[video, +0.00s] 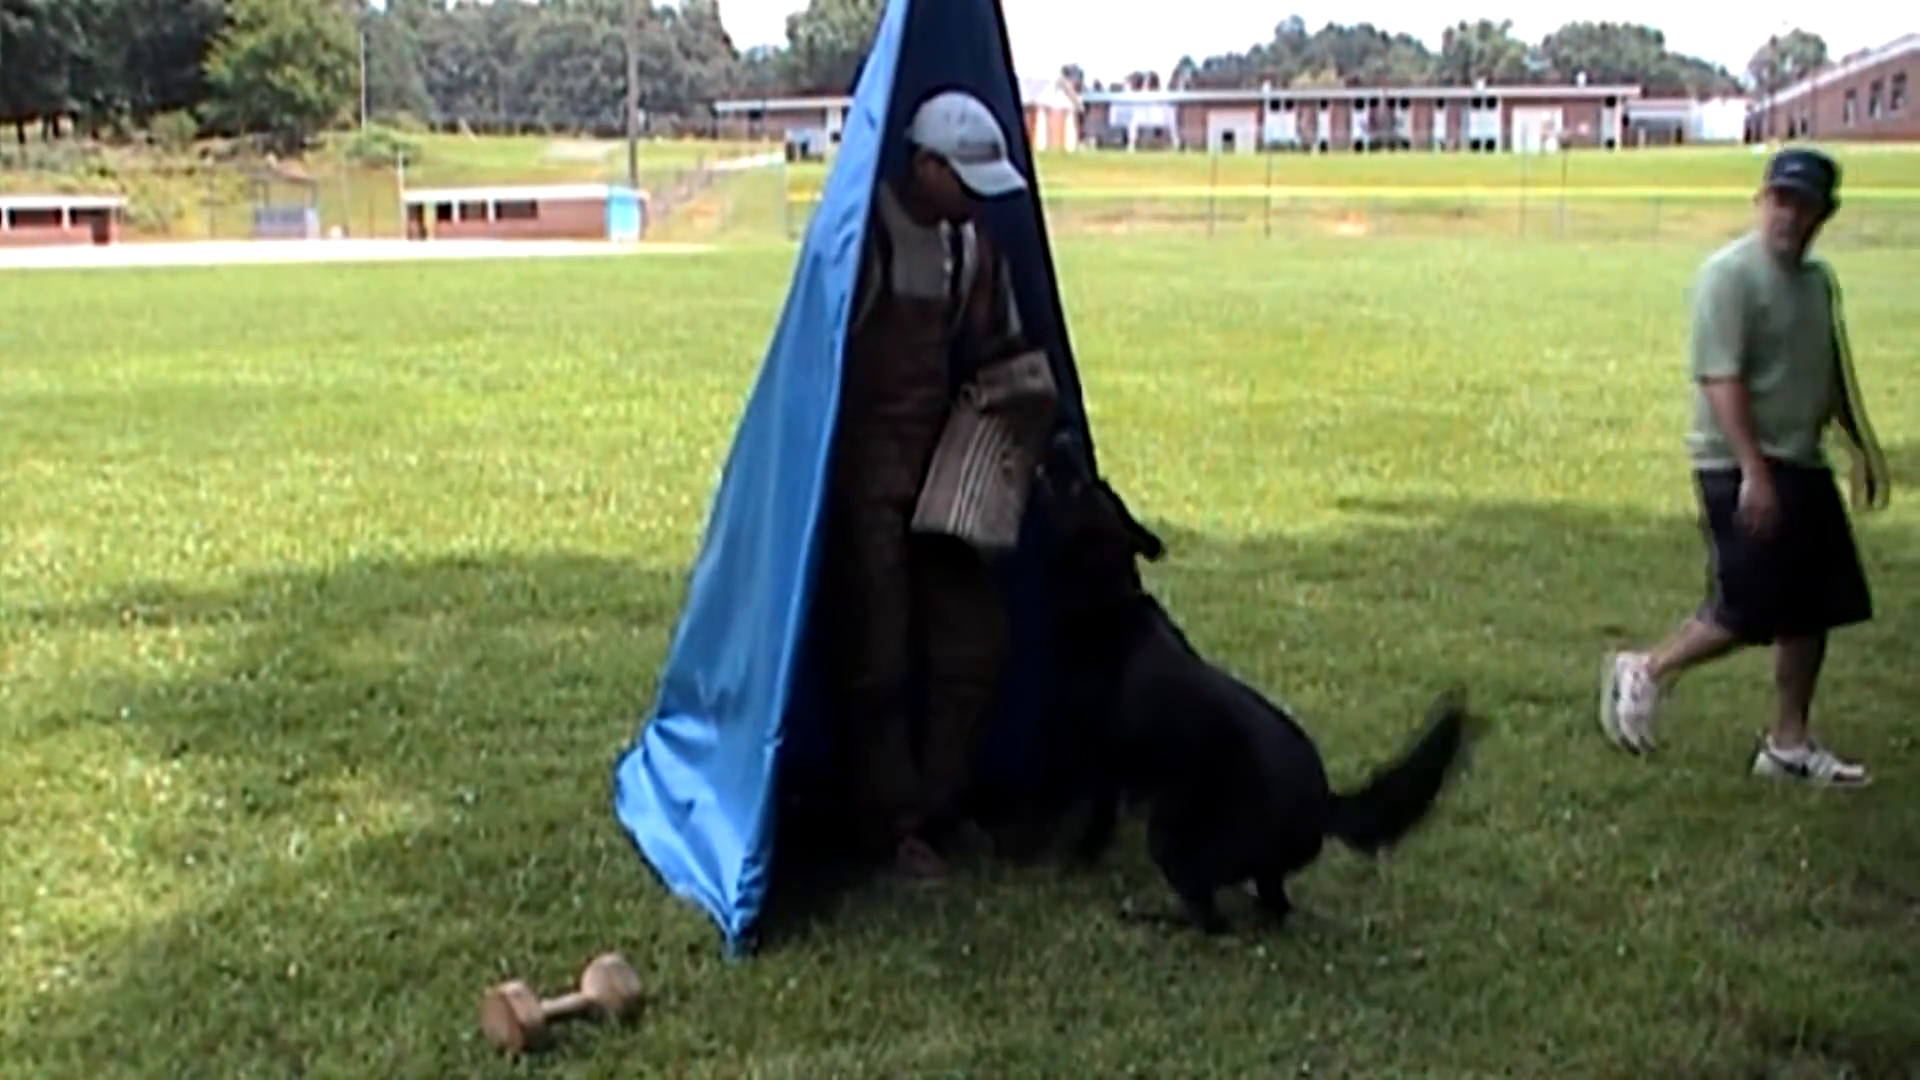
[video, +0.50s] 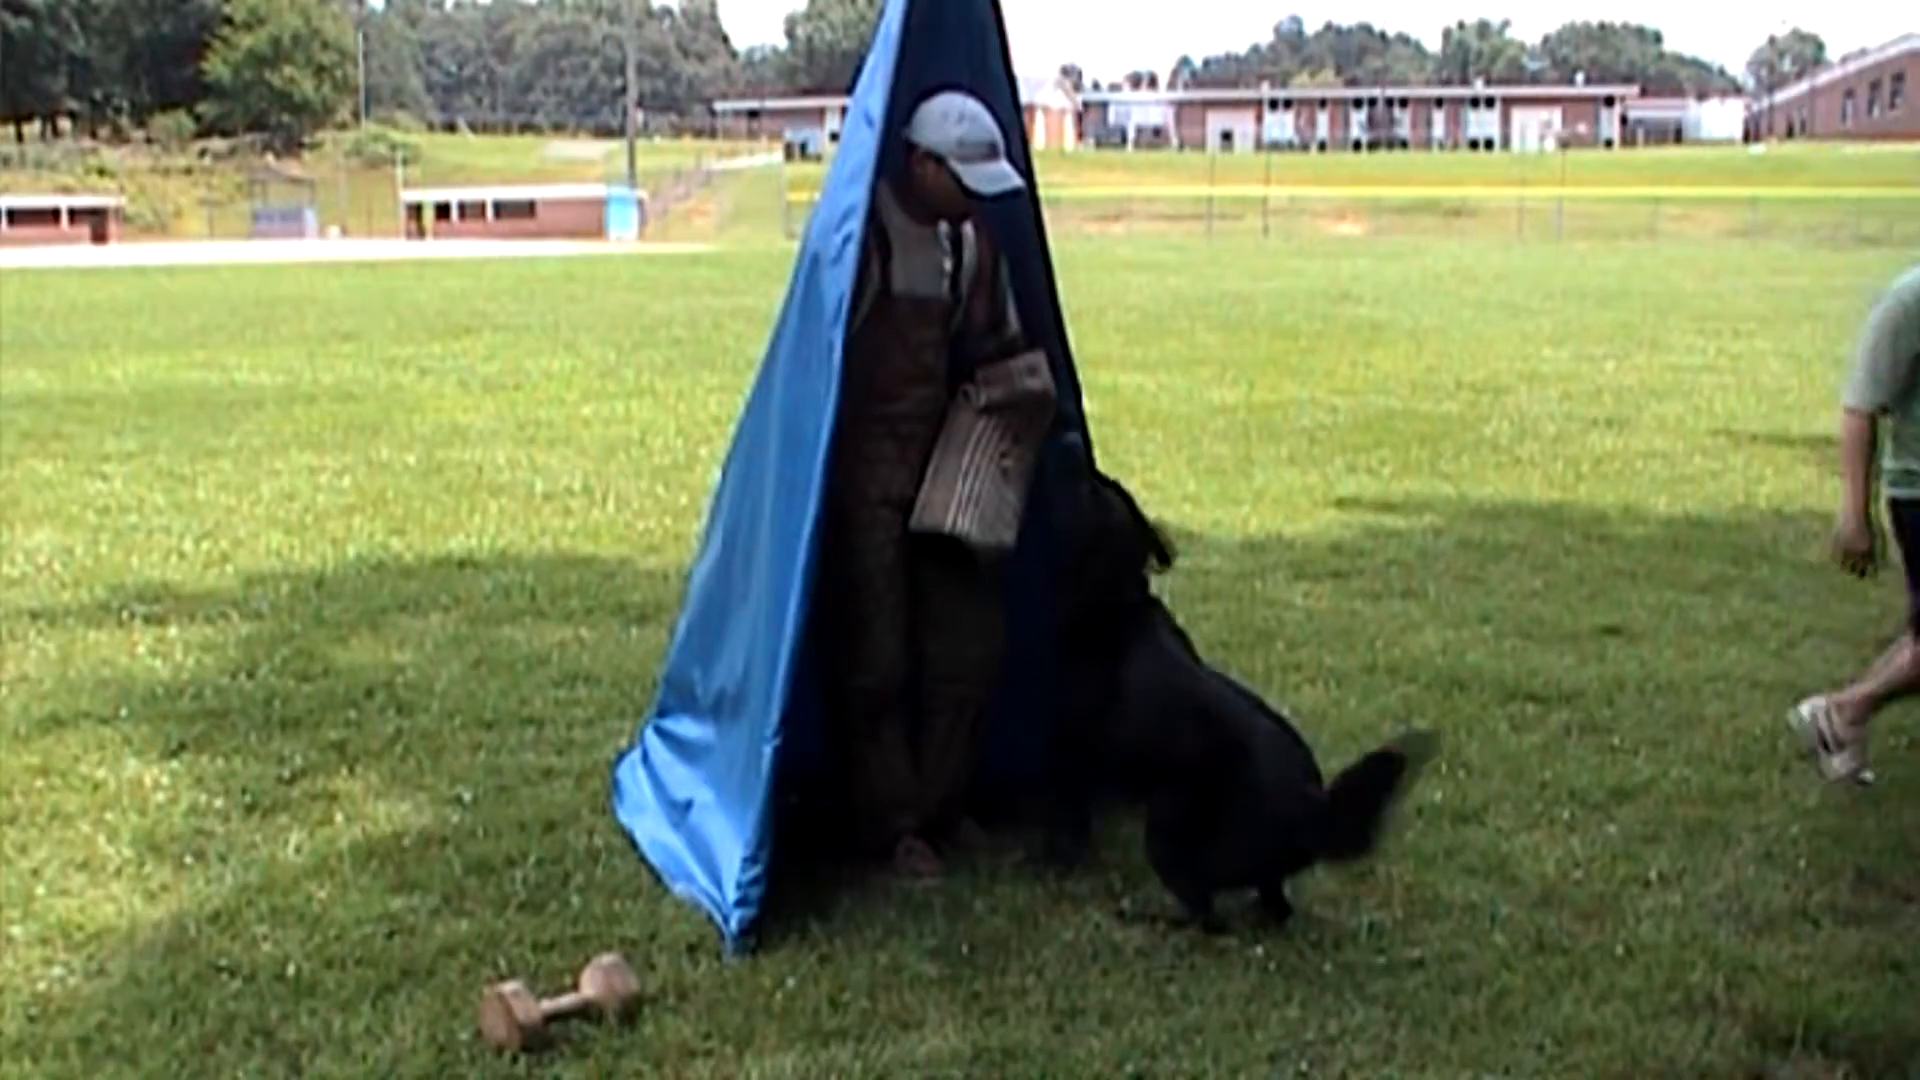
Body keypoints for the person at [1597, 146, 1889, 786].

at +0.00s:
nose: (1788, 216)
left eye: (1804, 206)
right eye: (1779, 200)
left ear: (1822, 217)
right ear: (1760, 202)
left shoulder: (1819, 284)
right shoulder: (1727, 277)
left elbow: (1831, 379)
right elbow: (1720, 382)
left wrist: (1862, 444)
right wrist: (1752, 469)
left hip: (1802, 467)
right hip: (1737, 467)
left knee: (1812, 607)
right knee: (1750, 607)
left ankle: (1788, 742)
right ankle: (1644, 672)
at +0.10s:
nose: (1825, 206)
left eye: (1841, 196)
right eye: (1816, 191)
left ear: (1863, 208)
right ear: (1800, 193)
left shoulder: (1868, 278)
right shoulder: (1764, 270)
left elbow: (1894, 367)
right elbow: (1734, 371)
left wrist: (1918, 409)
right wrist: (1751, 465)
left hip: (1838, 458)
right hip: (1782, 457)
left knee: (1834, 598)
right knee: (1824, 590)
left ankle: (1790, 734)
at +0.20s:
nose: (1864, 209)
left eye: (1880, 199)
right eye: (1855, 194)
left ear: (1901, 208)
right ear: (1835, 196)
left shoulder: (1906, 279)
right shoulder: (1801, 272)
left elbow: (1908, 356)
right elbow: (1749, 370)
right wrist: (1753, 468)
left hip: (1868, 457)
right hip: (1811, 457)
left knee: (1819, 602)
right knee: (1875, 605)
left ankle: (1788, 738)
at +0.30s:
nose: (1901, 219)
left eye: (1911, 207)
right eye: (1891, 204)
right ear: (1872, 206)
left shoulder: (1907, 282)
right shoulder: (1842, 283)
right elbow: (1780, 381)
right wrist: (1772, 486)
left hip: (1897, 479)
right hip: (1850, 479)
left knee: (1831, 609)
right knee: (1904, 631)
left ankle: (1791, 734)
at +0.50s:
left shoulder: (1904, 304)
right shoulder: (1907, 302)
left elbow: (1861, 406)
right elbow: (1860, 406)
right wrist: (1856, 514)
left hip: (1911, 493)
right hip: (1911, 493)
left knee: (1916, 639)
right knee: (1917, 642)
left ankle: (1845, 714)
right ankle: (1843, 713)